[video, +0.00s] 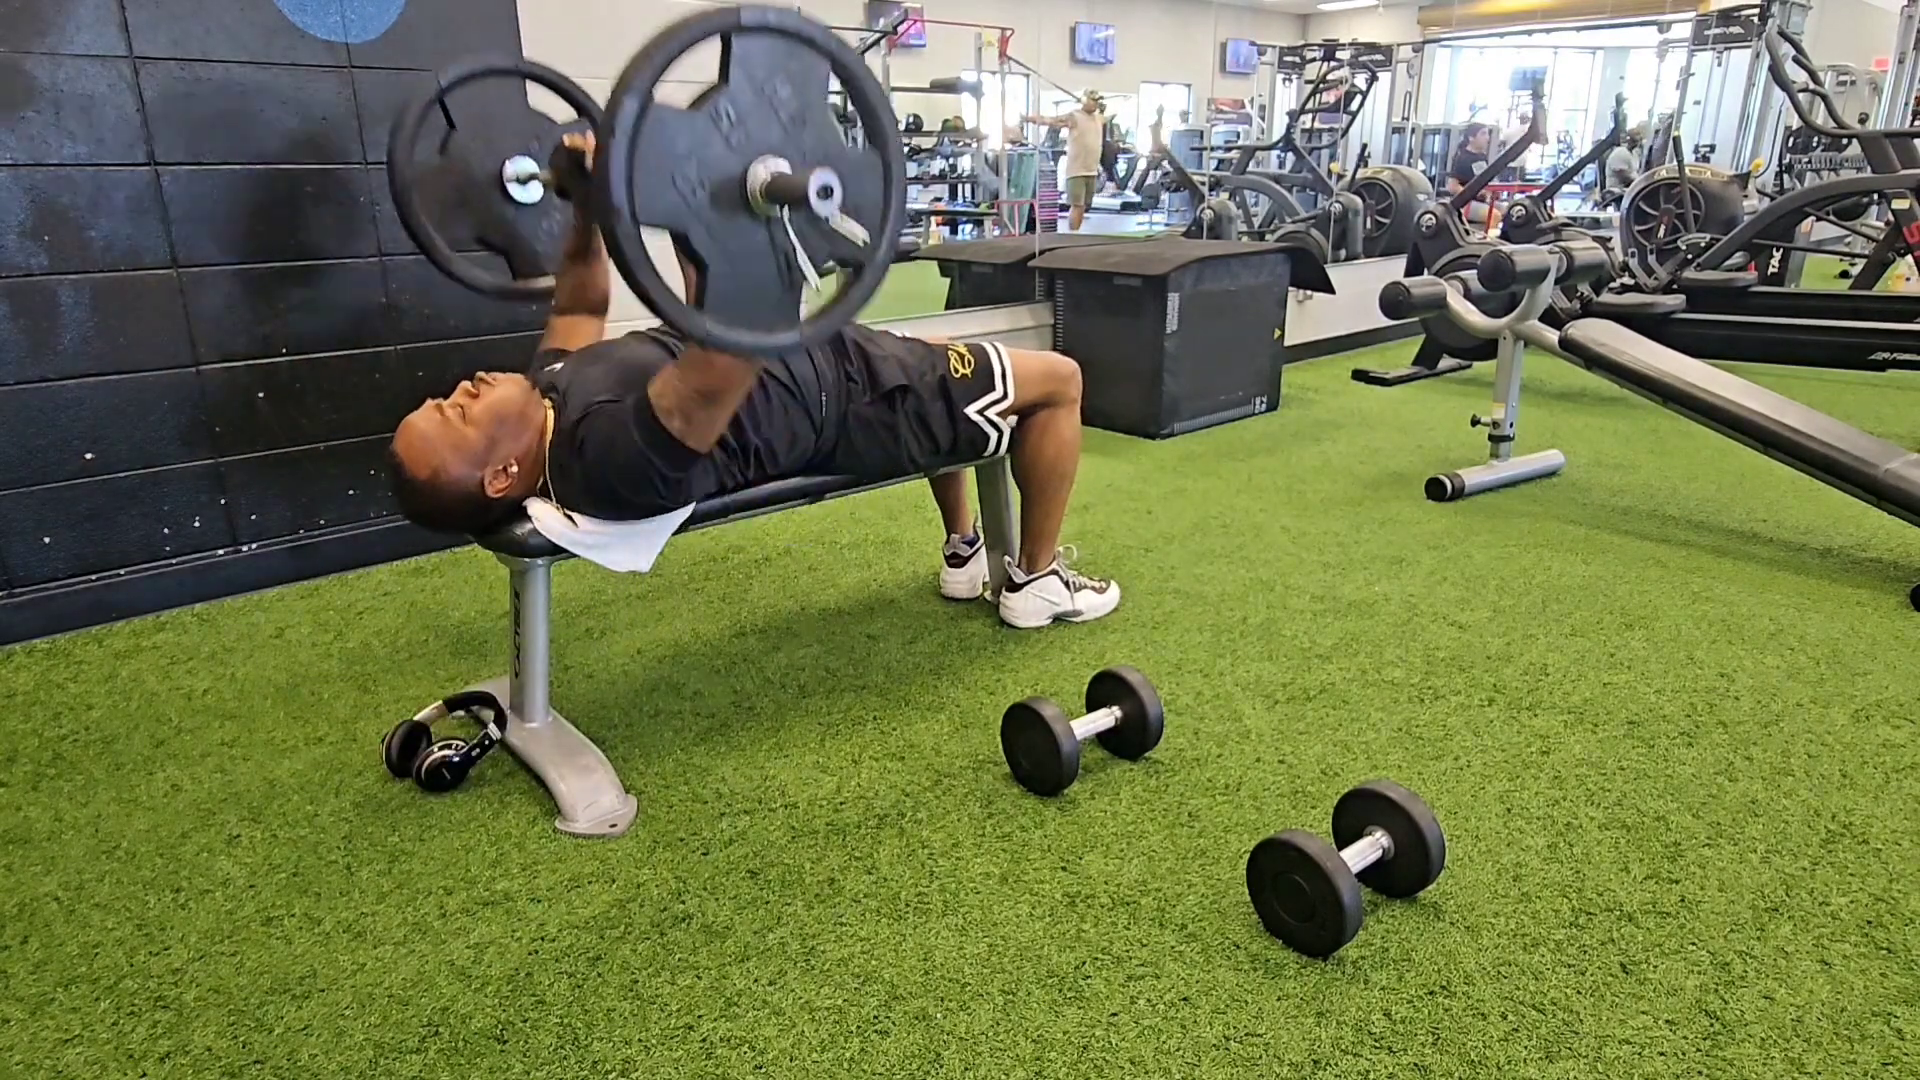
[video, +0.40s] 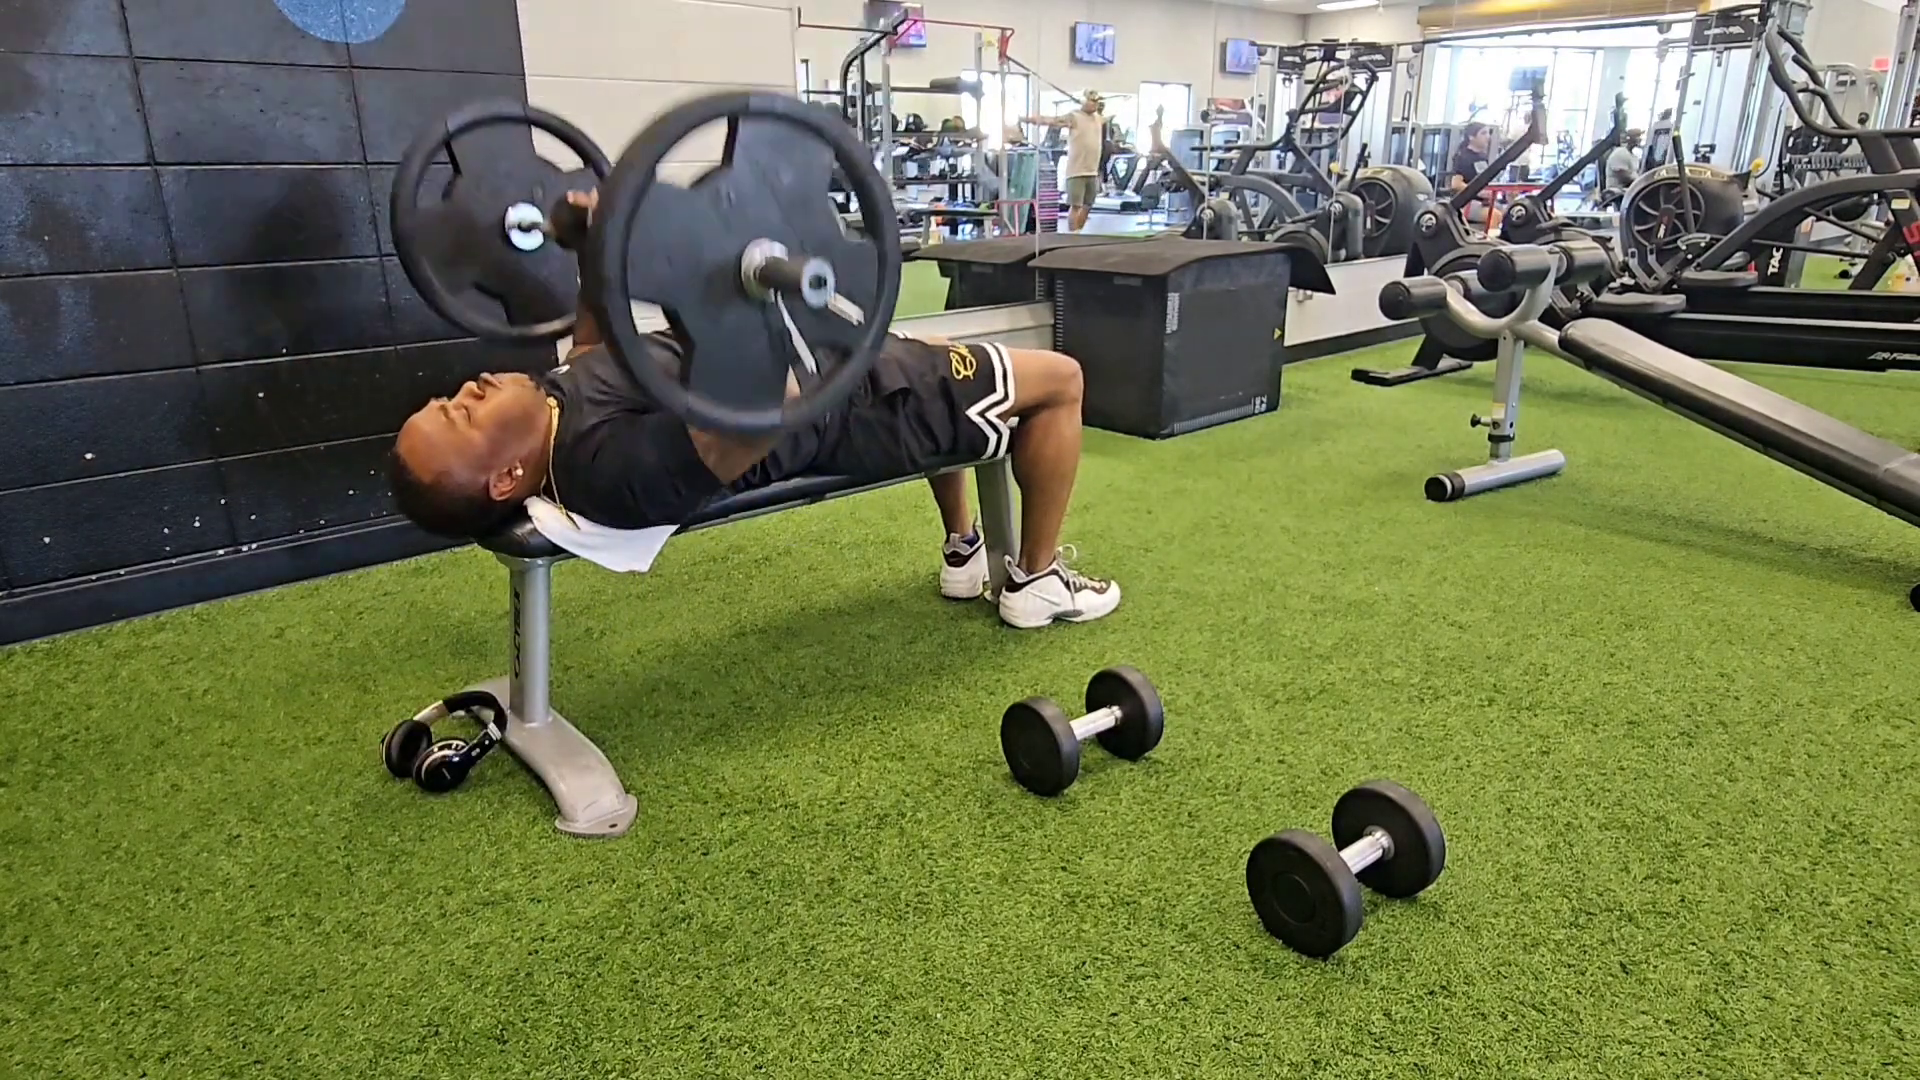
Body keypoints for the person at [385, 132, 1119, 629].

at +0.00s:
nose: (467, 377)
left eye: (445, 392)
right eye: (457, 405)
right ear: (505, 473)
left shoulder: (545, 395)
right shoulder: (608, 460)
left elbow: (575, 313)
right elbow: (715, 371)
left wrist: (585, 204)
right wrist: (719, 221)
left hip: (804, 358)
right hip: (844, 401)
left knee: (937, 349)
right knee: (1060, 380)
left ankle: (965, 546)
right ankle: (1039, 578)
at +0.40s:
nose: (472, 381)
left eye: (449, 393)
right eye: (461, 409)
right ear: (505, 482)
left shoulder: (555, 408)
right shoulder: (613, 469)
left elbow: (598, 348)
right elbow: (737, 436)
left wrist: (592, 252)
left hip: (797, 373)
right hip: (843, 412)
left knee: (931, 349)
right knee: (1059, 379)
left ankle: (967, 549)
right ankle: (1037, 578)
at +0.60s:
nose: (479, 377)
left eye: (455, 389)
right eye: (467, 407)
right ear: (511, 478)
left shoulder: (560, 397)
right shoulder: (613, 462)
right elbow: (728, 497)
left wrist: (609, 332)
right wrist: (802, 515)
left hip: (785, 374)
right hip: (848, 421)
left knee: (923, 346)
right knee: (1062, 378)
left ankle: (965, 547)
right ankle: (1039, 577)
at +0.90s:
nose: (495, 385)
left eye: (484, 383)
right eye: (483, 400)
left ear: (487, 393)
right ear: (488, 450)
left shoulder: (542, 396)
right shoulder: (553, 449)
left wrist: (471, 326)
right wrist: (496, 346)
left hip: (790, 349)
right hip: (834, 393)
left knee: (942, 345)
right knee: (1061, 375)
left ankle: (970, 548)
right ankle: (1040, 575)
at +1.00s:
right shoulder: (545, 415)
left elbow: (516, 271)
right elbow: (686, 332)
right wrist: (556, 324)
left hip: (788, 351)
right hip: (829, 395)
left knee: (942, 354)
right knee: (1055, 374)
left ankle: (968, 550)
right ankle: (1041, 573)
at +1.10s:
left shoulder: (434, 426)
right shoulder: (533, 472)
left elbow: (466, 286)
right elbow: (609, 328)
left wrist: (378, 402)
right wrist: (484, 401)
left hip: (773, 345)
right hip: (821, 390)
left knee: (935, 353)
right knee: (1053, 374)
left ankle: (966, 549)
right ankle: (1041, 572)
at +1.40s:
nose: (452, 400)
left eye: (440, 411)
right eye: (452, 419)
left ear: (421, 469)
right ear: (493, 469)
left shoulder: (496, 422)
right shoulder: (597, 468)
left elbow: (369, 353)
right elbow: (501, 412)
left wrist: (384, 494)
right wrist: (428, 524)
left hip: (779, 341)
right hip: (837, 384)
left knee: (930, 343)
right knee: (1050, 372)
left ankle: (966, 546)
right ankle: (1038, 574)